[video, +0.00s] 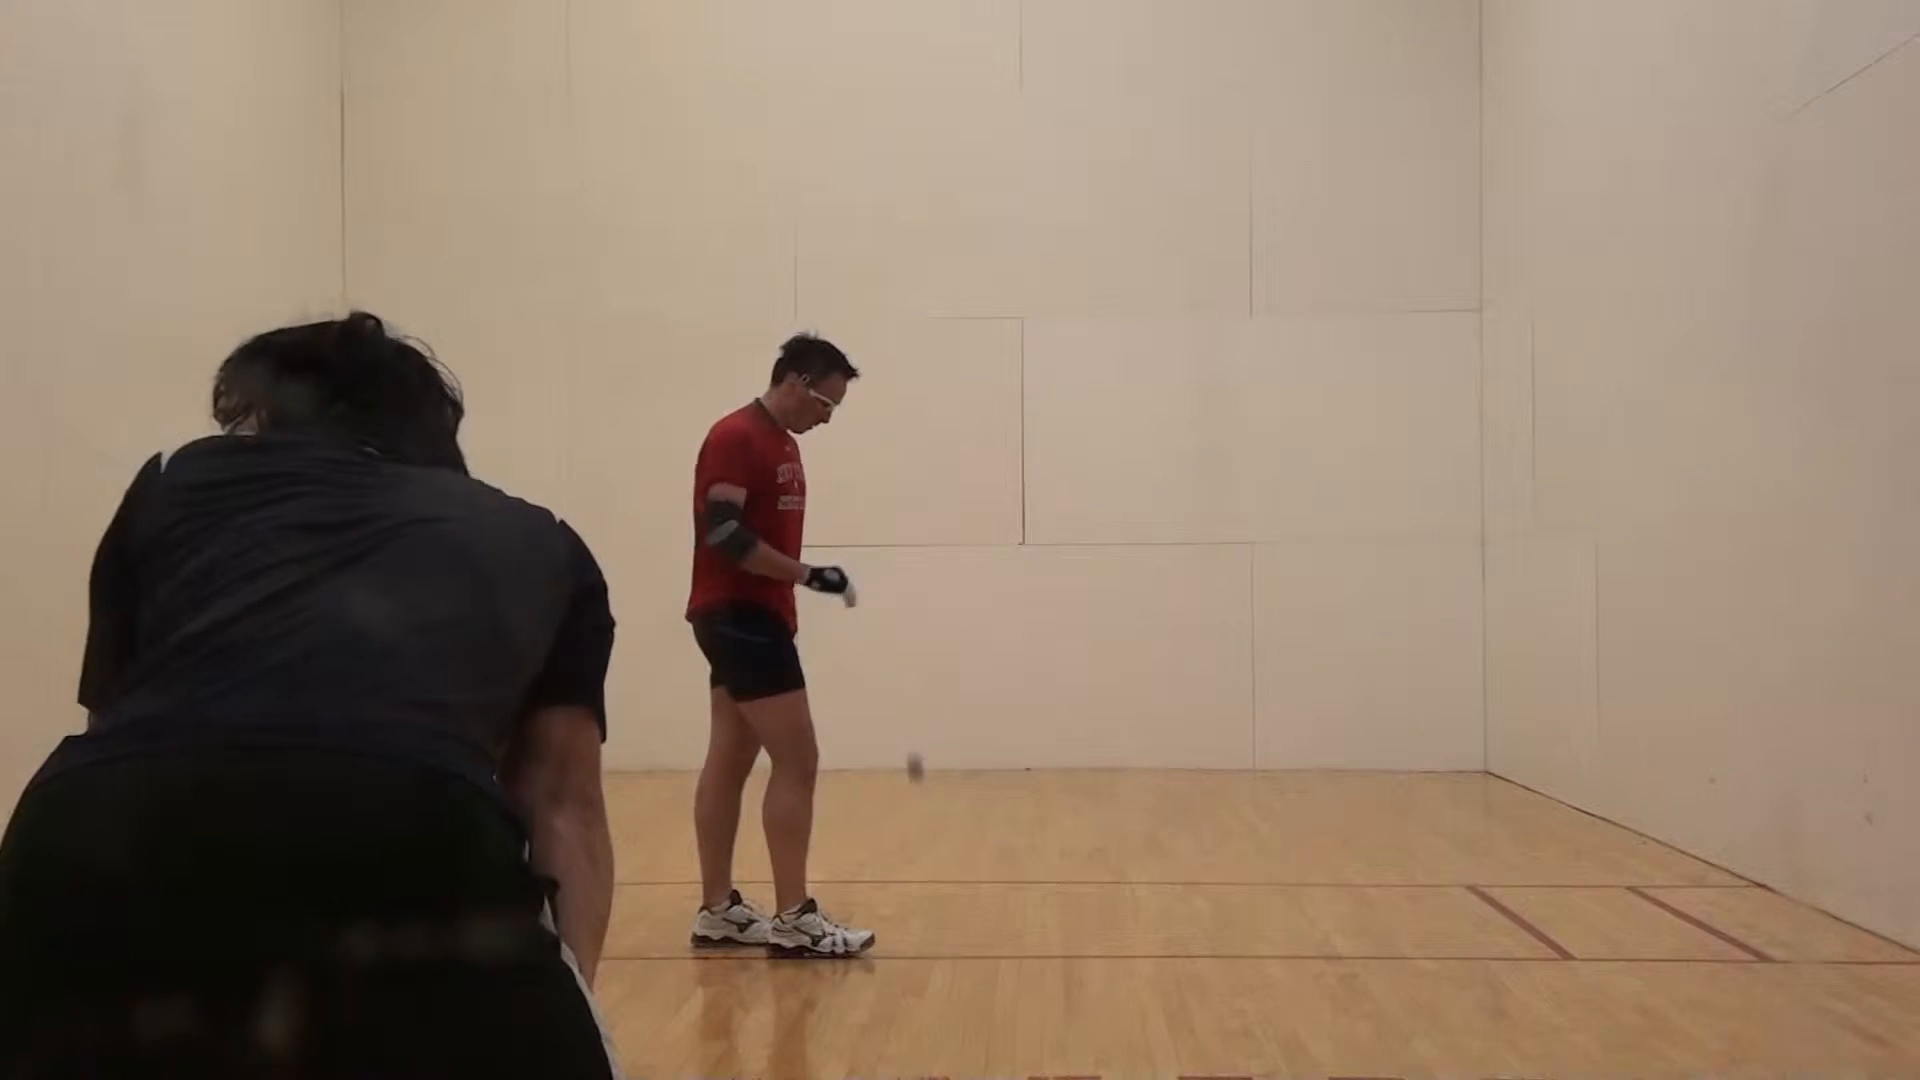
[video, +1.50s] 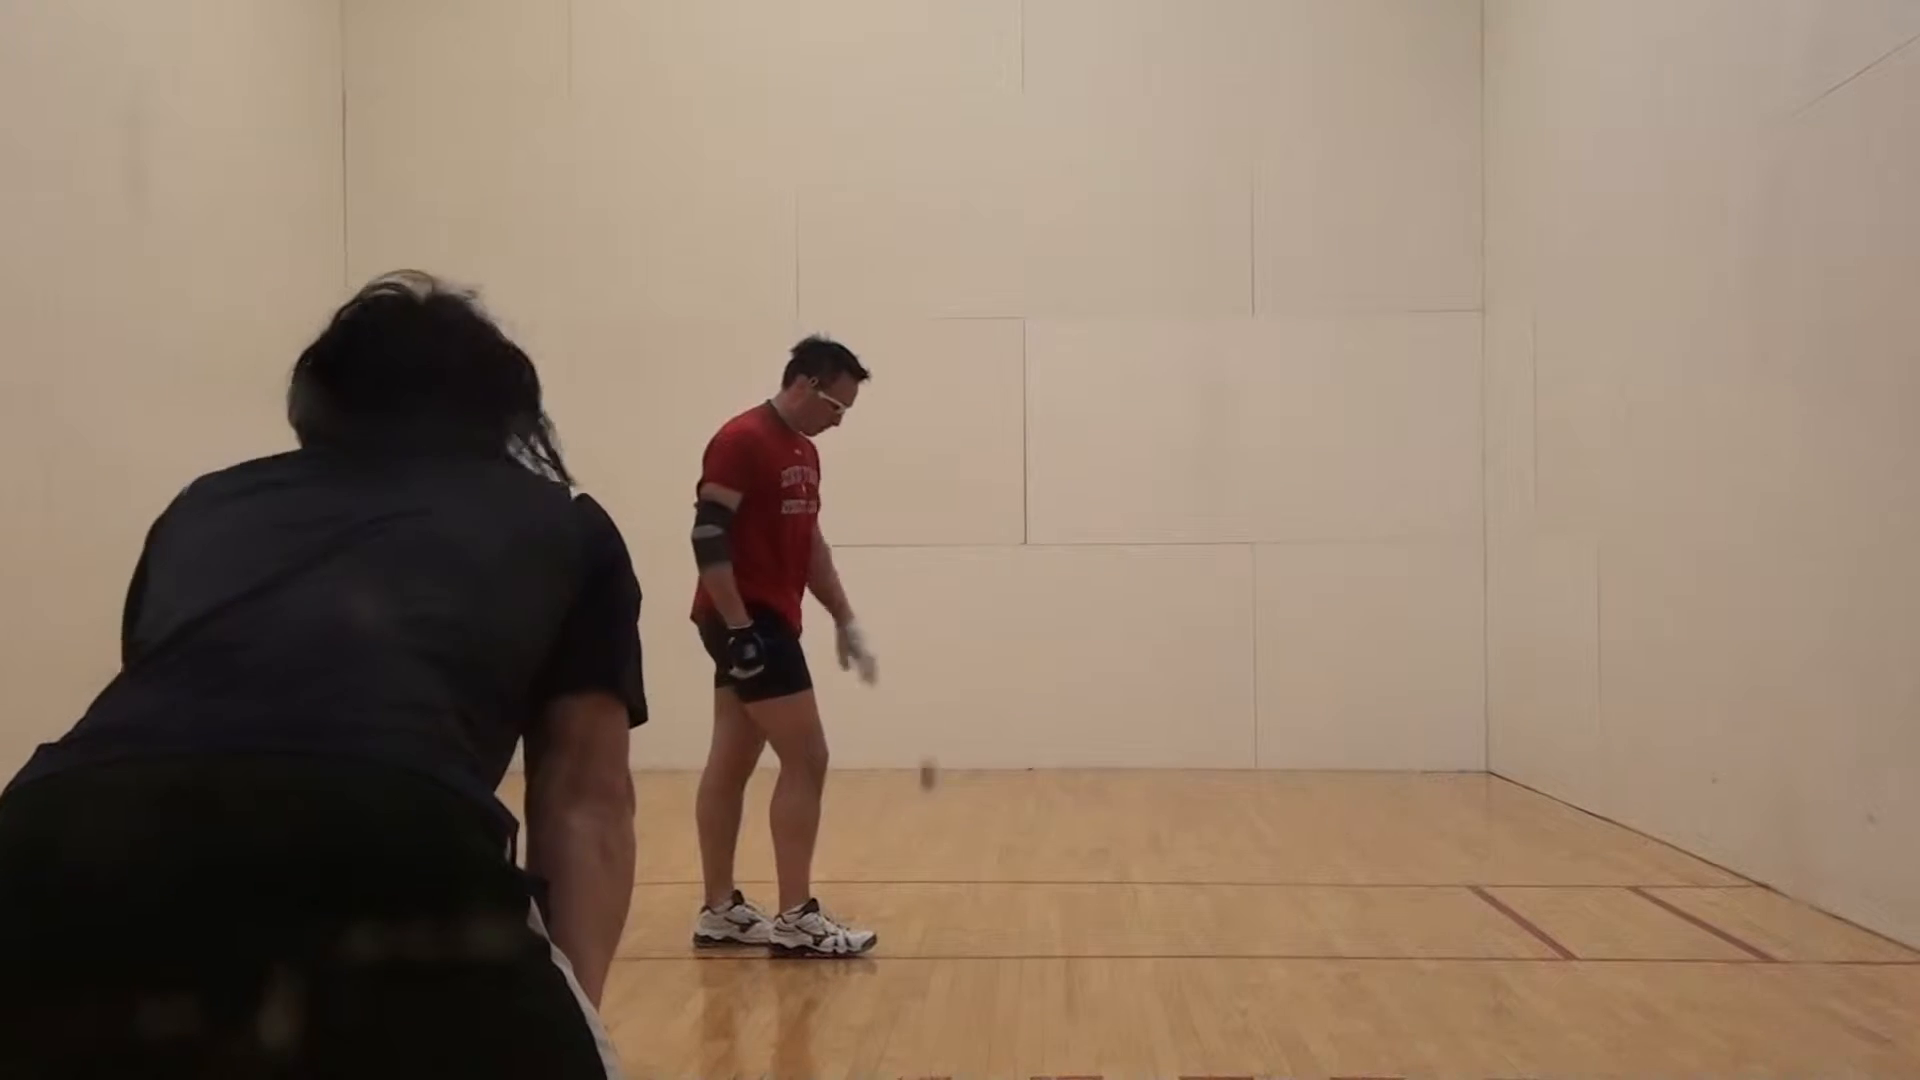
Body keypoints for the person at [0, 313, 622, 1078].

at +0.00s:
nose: (218, 437)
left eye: (227, 421)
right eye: (220, 423)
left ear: (261, 420)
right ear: (432, 444)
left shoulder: (173, 484)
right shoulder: (540, 539)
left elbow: (113, 715)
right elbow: (566, 801)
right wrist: (563, 1008)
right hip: (425, 851)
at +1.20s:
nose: (254, 434)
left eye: (266, 416)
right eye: (258, 416)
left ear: (309, 412)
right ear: (465, 429)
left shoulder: (192, 470)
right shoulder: (563, 526)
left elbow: (128, 707)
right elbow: (582, 803)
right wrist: (568, 1023)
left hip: (75, 855)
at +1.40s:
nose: (534, 464)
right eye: (528, 446)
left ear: (306, 415)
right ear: (503, 431)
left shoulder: (190, 492)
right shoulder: (562, 524)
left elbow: (140, 709)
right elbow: (583, 795)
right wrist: (568, 1015)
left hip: (70, 851)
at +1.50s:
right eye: (513, 420)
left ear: (321, 413)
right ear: (496, 417)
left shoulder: (201, 502)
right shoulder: (564, 525)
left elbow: (148, 712)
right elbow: (586, 796)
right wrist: (565, 1018)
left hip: (63, 852)